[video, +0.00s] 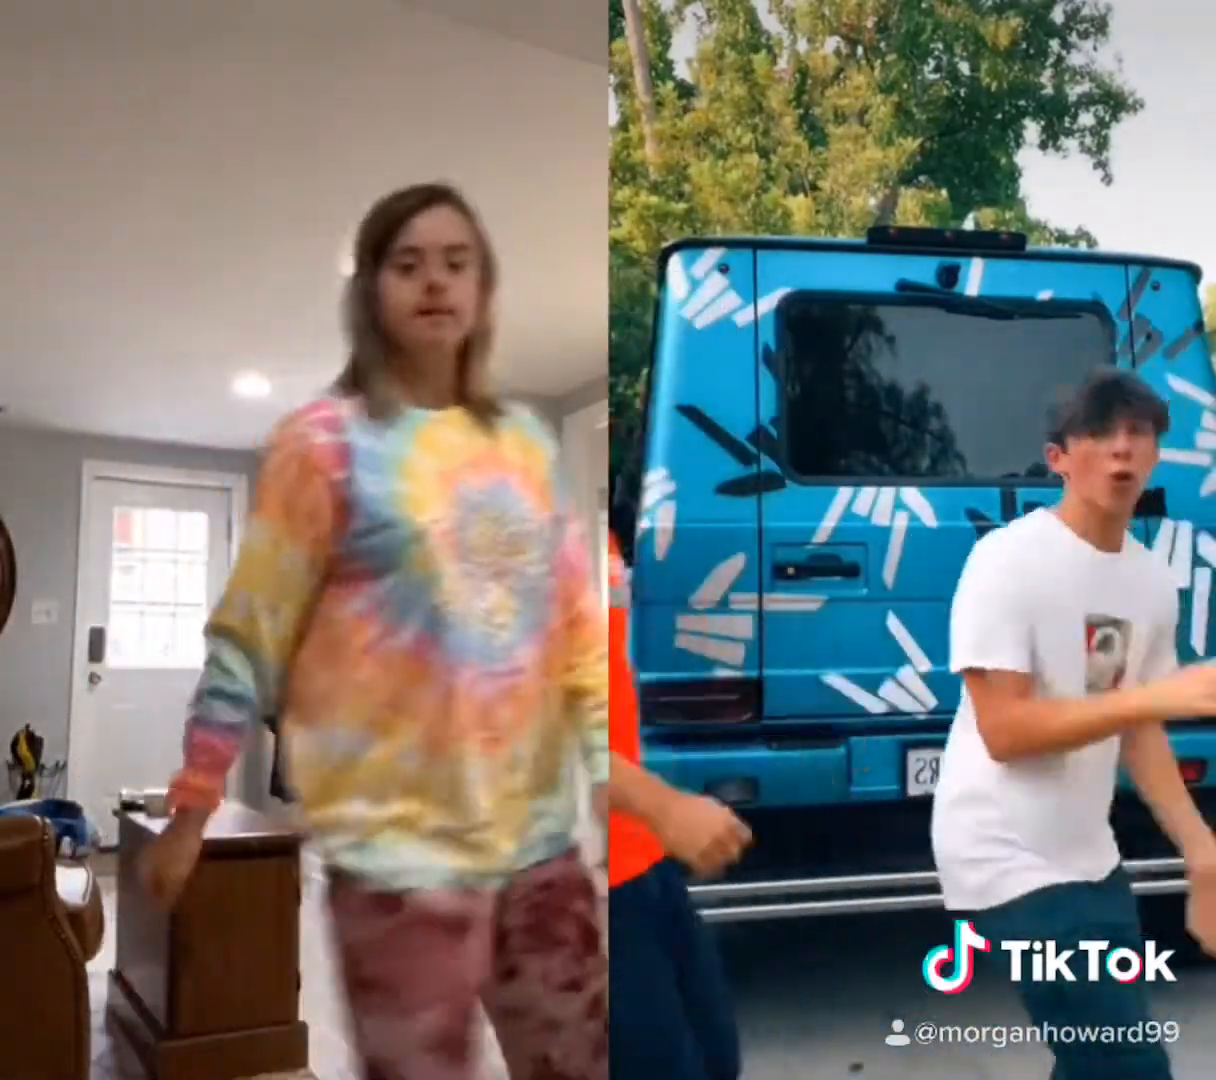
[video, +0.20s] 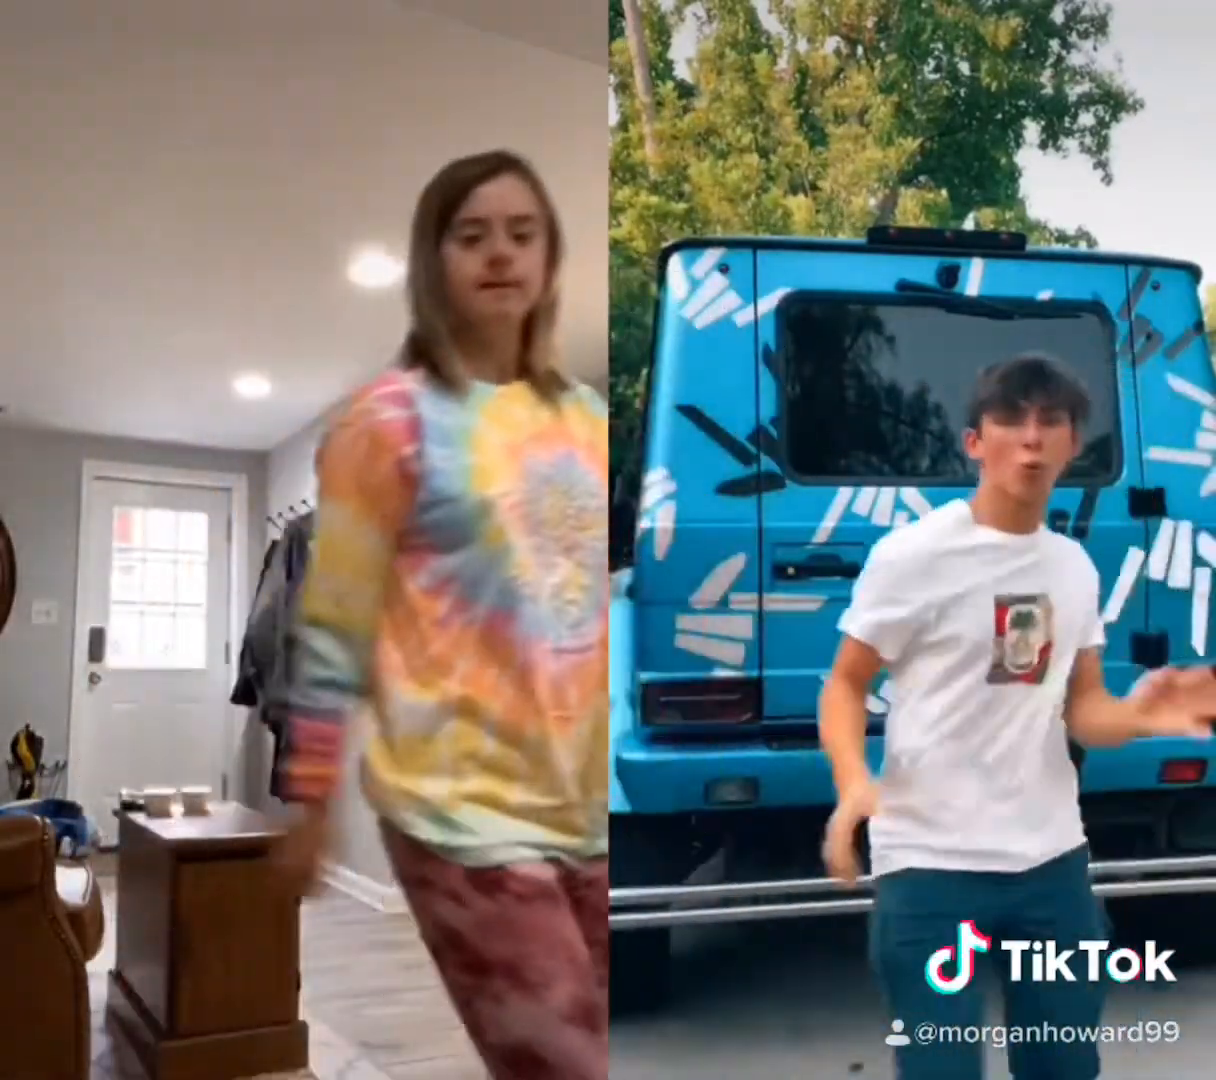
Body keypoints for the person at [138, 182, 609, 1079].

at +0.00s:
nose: (435, 281)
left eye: (457, 260)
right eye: (407, 262)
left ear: (485, 291)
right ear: (369, 290)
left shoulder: (526, 443)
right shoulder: (324, 441)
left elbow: (574, 654)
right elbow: (246, 637)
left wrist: (655, 799)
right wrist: (189, 814)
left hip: (542, 839)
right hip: (397, 846)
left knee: (576, 1067)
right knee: (419, 1067)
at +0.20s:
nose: (501, 254)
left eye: (523, 232)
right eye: (471, 234)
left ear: (551, 261)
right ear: (431, 261)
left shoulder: (585, 420)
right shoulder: (385, 421)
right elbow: (332, 628)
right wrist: (309, 801)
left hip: (582, 793)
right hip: (457, 801)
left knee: (582, 1053)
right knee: (563, 1056)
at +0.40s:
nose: (539, 239)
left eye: (561, 216)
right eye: (508, 220)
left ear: (591, 243)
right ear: (467, 246)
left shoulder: (575, 396)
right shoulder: (444, 389)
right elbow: (419, 622)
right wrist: (454, 828)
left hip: (590, 821)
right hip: (519, 830)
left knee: (581, 1060)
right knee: (570, 1064)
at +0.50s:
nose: (544, 233)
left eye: (565, 209)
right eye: (513, 213)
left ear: (593, 233)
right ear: (473, 239)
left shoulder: (541, 372)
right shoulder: (468, 358)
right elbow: (464, 591)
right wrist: (537, 798)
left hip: (544, 793)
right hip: (496, 806)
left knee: (565, 1058)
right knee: (561, 1061)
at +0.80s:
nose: (456, 251)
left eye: (477, 229)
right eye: (427, 231)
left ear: (502, 252)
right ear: (386, 257)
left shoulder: (466, 403)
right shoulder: (377, 380)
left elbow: (486, 618)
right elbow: (377, 609)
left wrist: (537, 780)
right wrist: (472, 798)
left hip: (467, 803)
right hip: (413, 813)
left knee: (521, 1060)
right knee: (540, 1062)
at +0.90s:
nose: (416, 271)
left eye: (438, 248)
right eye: (387, 252)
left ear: (465, 270)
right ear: (349, 280)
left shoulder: (447, 433)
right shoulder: (327, 414)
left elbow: (463, 639)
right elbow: (287, 646)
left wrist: (513, 785)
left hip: (439, 852)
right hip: (370, 858)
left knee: (429, 1064)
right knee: (484, 1064)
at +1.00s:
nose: (385, 265)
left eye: (407, 243)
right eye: (356, 245)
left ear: (435, 271)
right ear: (318, 271)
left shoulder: (416, 430)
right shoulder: (283, 407)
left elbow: (429, 626)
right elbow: (209, 624)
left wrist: (478, 773)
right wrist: (182, 813)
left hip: (387, 823)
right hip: (305, 821)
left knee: (402, 1060)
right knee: (419, 1063)